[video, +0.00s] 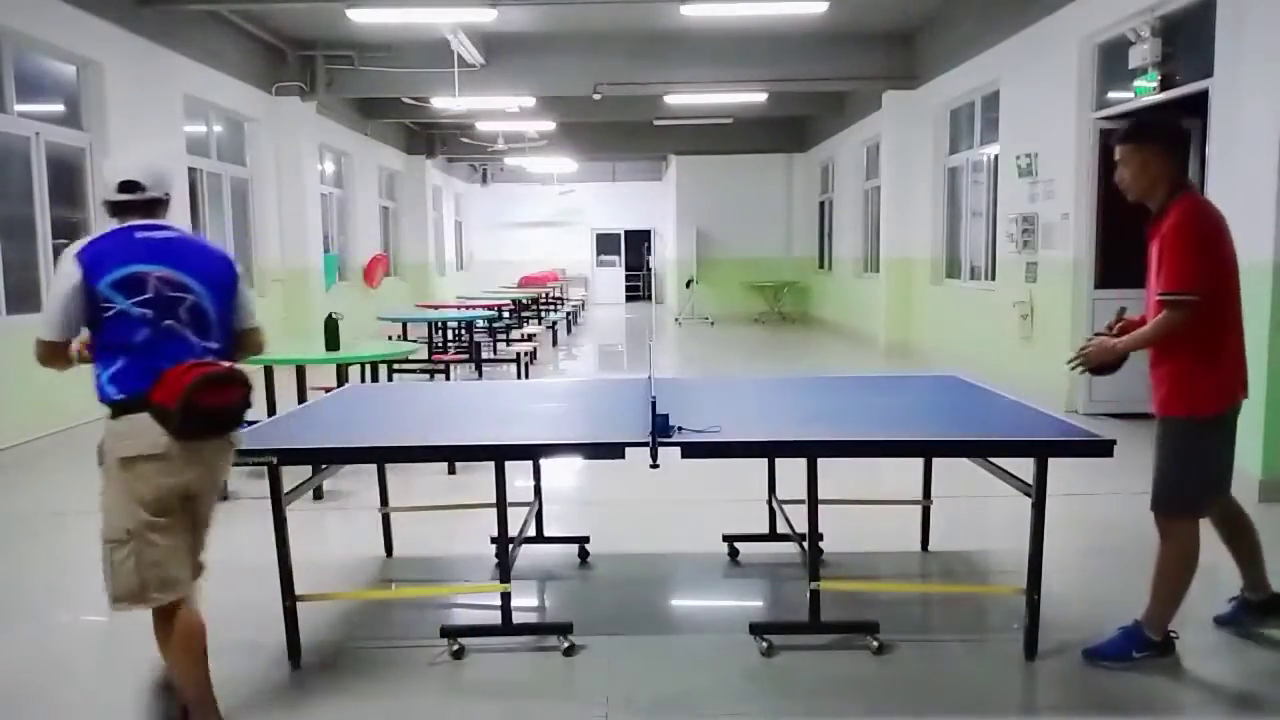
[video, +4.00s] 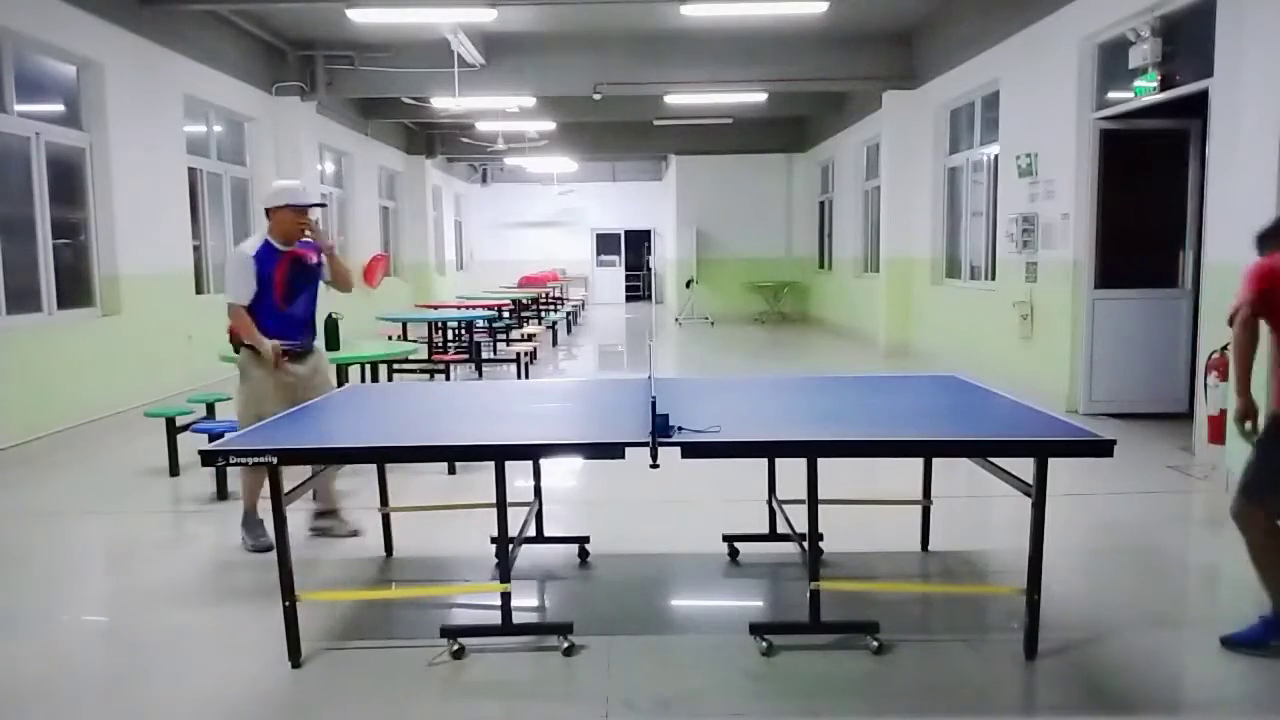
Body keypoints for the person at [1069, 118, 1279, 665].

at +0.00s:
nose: (1116, 176)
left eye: (1123, 163)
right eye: (1115, 164)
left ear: (1157, 159)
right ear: (1152, 162)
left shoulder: (1187, 222)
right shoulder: (1177, 219)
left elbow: (1182, 313)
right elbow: (1175, 302)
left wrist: (1119, 346)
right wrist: (1135, 323)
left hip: (1194, 396)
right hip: (1203, 393)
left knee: (1175, 512)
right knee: (1214, 498)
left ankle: (1153, 631)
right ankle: (1261, 594)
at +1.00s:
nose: (1232, 180)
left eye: (1238, 168)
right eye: (1230, 170)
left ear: (1268, 164)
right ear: (1265, 168)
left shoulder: (1272, 220)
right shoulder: (1270, 218)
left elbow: (1256, 302)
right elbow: (1255, 300)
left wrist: (1203, 328)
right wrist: (1208, 322)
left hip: (1255, 392)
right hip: (1265, 390)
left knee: (1215, 500)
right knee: (1273, 499)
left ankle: (1200, 618)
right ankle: (1275, 609)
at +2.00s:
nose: (1193, 175)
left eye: (1199, 164)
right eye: (1193, 164)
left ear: (1229, 163)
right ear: (1235, 165)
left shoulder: (1246, 220)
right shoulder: (1254, 215)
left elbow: (1247, 303)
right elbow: (1244, 294)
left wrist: (1193, 342)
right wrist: (1198, 274)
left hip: (1235, 392)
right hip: (1259, 390)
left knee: (1199, 499)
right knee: (1265, 498)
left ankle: (1221, 617)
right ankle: (1274, 606)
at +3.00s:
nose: (1130, 187)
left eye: (1137, 176)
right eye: (1129, 178)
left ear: (1170, 174)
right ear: (1150, 181)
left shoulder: (1214, 225)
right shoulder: (1161, 238)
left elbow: (1250, 294)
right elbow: (1168, 303)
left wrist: (1220, 362)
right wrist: (1130, 329)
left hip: (1229, 383)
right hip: (1188, 382)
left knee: (1217, 488)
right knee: (1181, 478)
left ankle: (1259, 604)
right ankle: (1192, 575)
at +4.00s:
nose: (1264, 261)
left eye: (1264, 254)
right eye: (1266, 254)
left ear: (1270, 247)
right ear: (1276, 247)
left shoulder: (1267, 268)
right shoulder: (1266, 272)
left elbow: (1245, 317)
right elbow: (1246, 318)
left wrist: (1241, 396)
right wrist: (1244, 397)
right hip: (1279, 419)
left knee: (1250, 509)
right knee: (1254, 509)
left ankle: (1277, 614)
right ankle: (1276, 614)